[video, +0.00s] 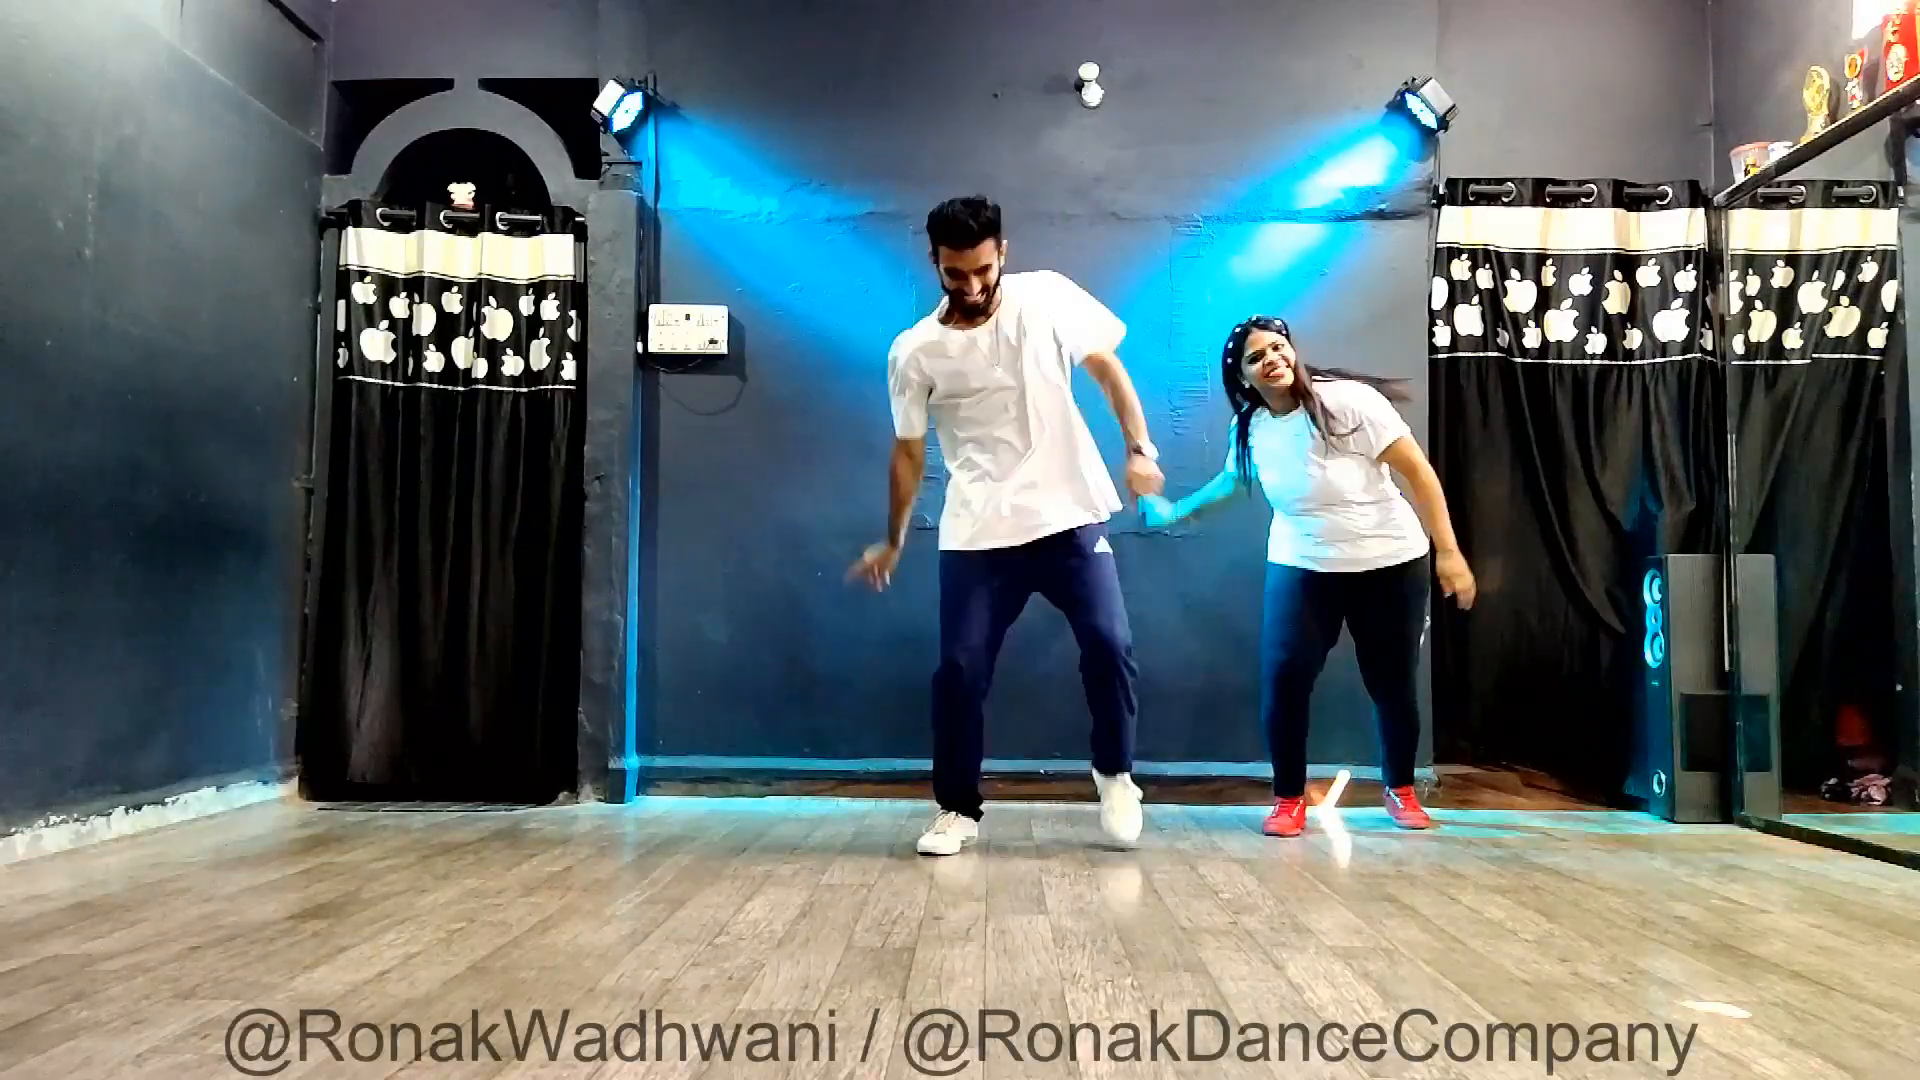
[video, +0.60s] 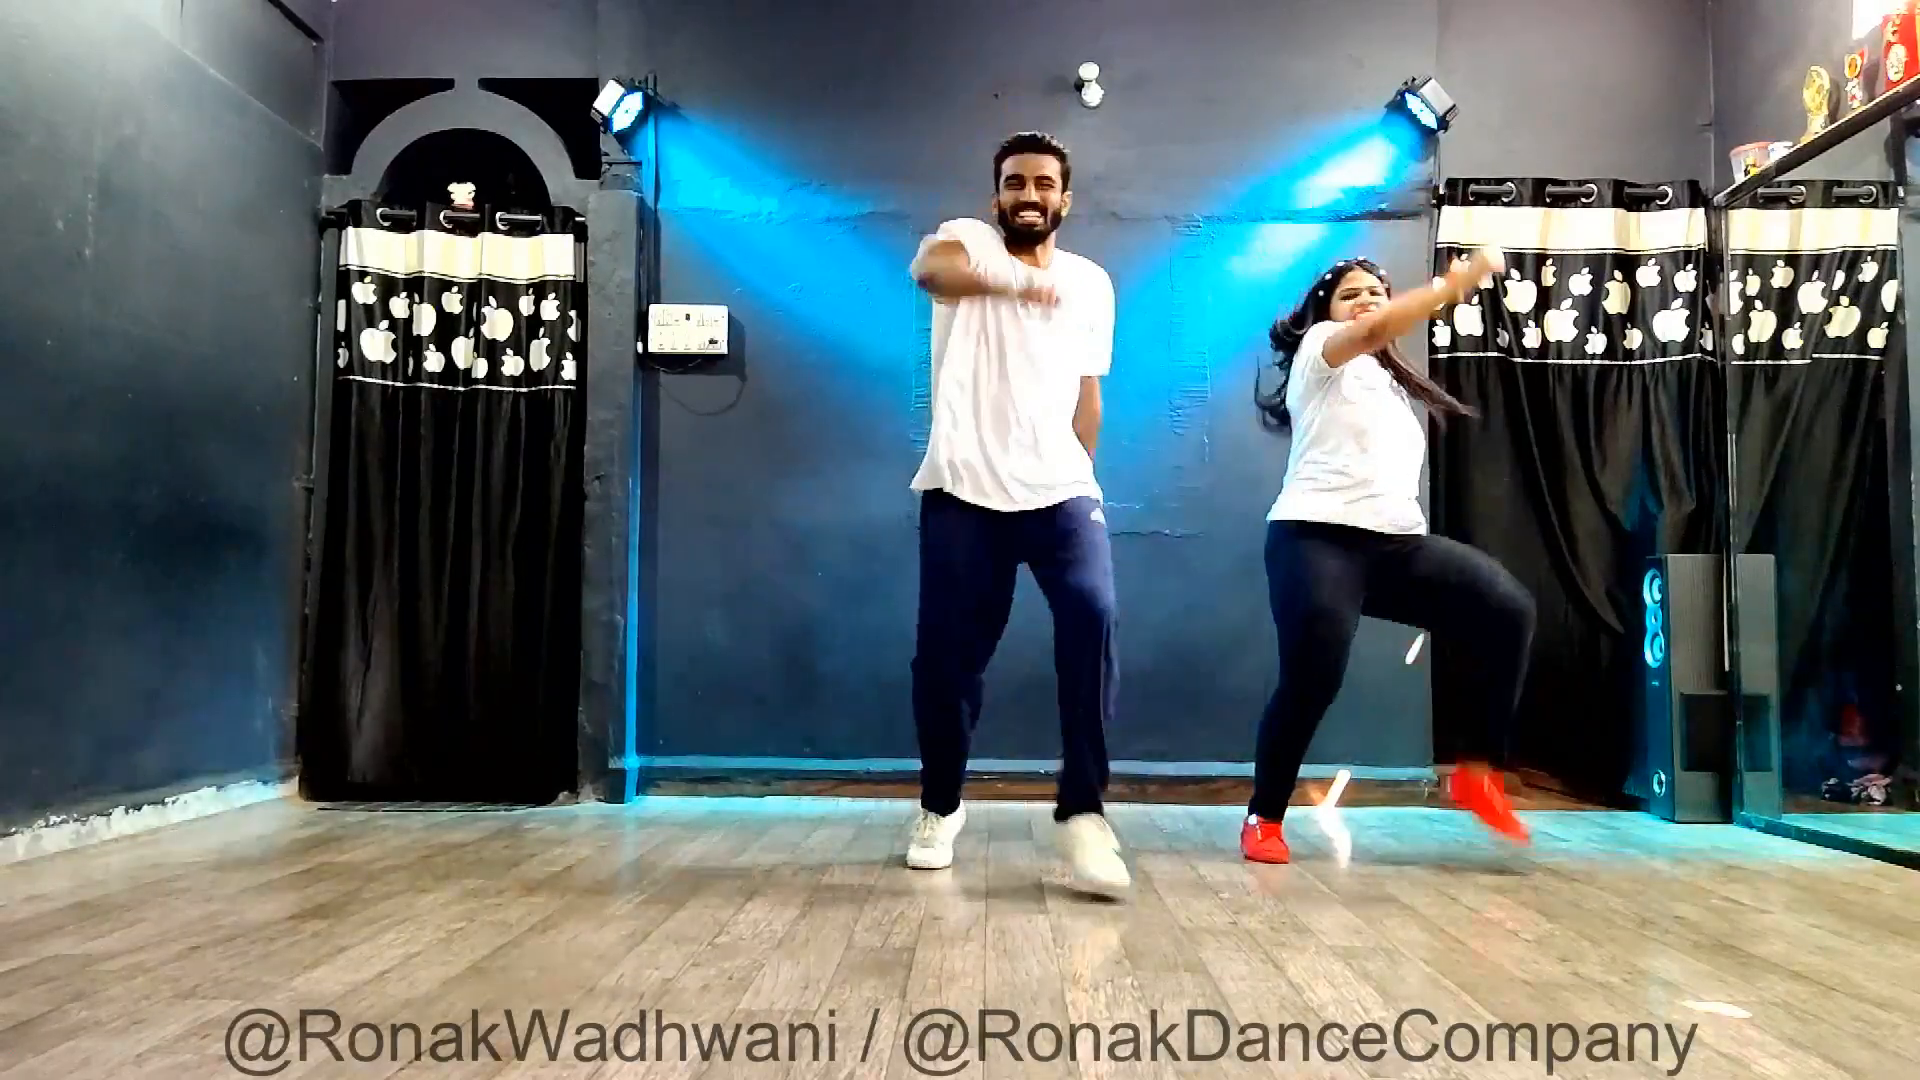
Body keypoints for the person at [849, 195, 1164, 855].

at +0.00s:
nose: (972, 287)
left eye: (983, 270)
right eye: (956, 274)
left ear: (1002, 253)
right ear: (935, 263)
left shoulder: (1044, 297)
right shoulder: (914, 352)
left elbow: (1109, 369)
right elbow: (908, 452)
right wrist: (893, 542)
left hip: (1068, 514)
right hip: (977, 530)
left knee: (1111, 643)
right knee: (959, 669)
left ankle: (1115, 775)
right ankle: (957, 812)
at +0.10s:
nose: (963, 279)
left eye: (975, 265)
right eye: (949, 265)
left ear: (995, 255)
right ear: (929, 258)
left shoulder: (1036, 308)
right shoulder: (908, 344)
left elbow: (1086, 395)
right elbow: (913, 430)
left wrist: (1129, 483)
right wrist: (915, 503)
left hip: (1053, 495)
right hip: (967, 519)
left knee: (1094, 558)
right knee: (955, 674)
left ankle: (1092, 701)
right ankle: (959, 812)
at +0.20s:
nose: (970, 227)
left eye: (983, 214)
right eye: (957, 214)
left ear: (1002, 214)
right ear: (935, 216)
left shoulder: (1040, 278)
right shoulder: (912, 289)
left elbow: (1072, 374)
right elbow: (916, 349)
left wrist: (1092, 455)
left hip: (1042, 462)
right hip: (966, 486)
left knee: (1089, 483)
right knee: (968, 658)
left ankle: (1068, 643)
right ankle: (961, 804)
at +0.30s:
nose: (989, 170)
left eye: (1003, 159)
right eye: (976, 158)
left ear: (1022, 173)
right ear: (956, 170)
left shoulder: (1047, 249)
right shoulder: (926, 249)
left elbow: (1058, 346)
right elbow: (934, 274)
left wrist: (1074, 428)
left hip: (1037, 440)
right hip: (961, 454)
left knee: (1092, 433)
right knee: (953, 630)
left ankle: (1038, 583)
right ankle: (966, 776)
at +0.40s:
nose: (998, 169)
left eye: (1010, 159)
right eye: (986, 158)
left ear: (1030, 173)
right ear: (966, 170)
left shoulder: (1054, 261)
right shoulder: (936, 252)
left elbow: (1053, 353)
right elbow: (940, 253)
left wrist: (1043, 420)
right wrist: (963, 188)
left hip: (1039, 441)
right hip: (960, 458)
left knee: (1095, 455)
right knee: (957, 639)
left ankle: (1029, 595)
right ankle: (950, 806)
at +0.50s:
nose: (1016, 193)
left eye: (1030, 184)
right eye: (1003, 184)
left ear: (1045, 205)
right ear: (982, 200)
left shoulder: (1065, 283)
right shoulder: (953, 269)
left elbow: (1068, 389)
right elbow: (942, 225)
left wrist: (1059, 467)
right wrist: (1002, 151)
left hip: (1042, 477)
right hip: (959, 488)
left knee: (1098, 531)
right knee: (953, 664)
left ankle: (1041, 713)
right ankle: (947, 819)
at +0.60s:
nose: (1030, 194)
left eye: (1045, 183)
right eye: (1017, 183)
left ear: (1066, 197)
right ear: (996, 194)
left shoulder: (1089, 281)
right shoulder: (967, 236)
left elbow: (1087, 394)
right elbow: (932, 272)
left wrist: (1079, 477)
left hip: (1058, 485)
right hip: (964, 482)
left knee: (1092, 611)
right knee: (947, 656)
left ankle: (1081, 812)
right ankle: (939, 806)